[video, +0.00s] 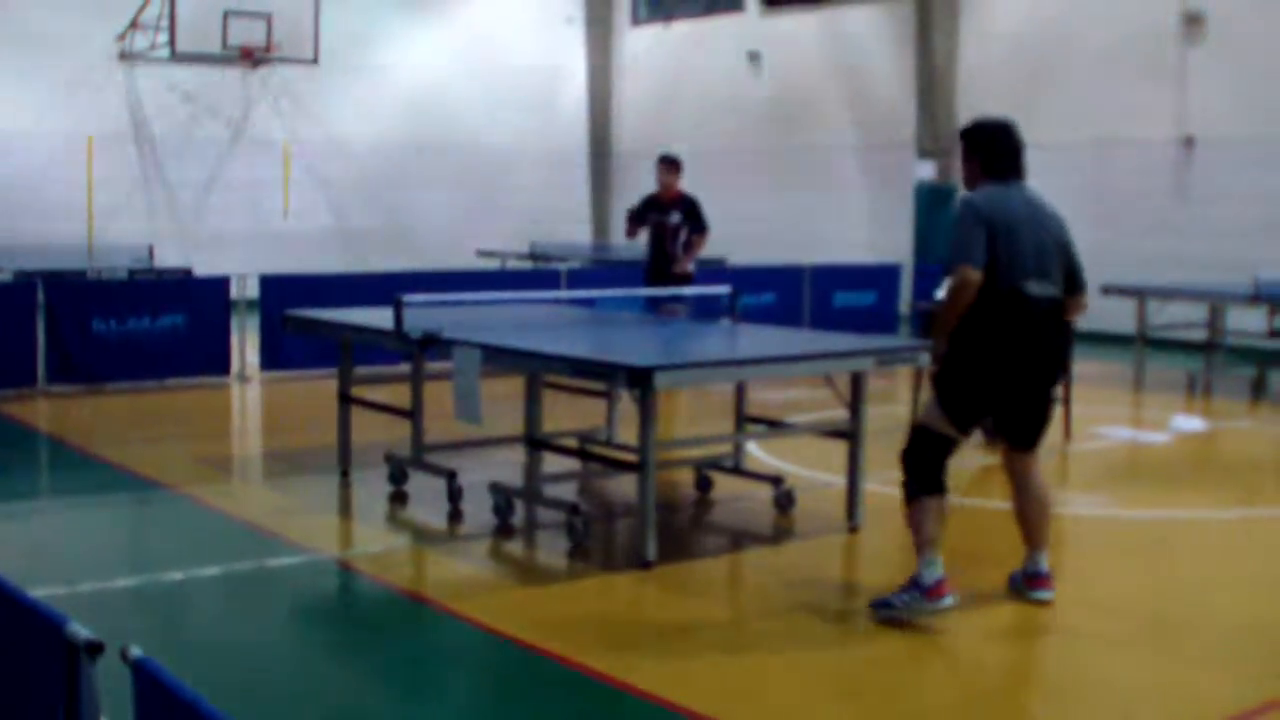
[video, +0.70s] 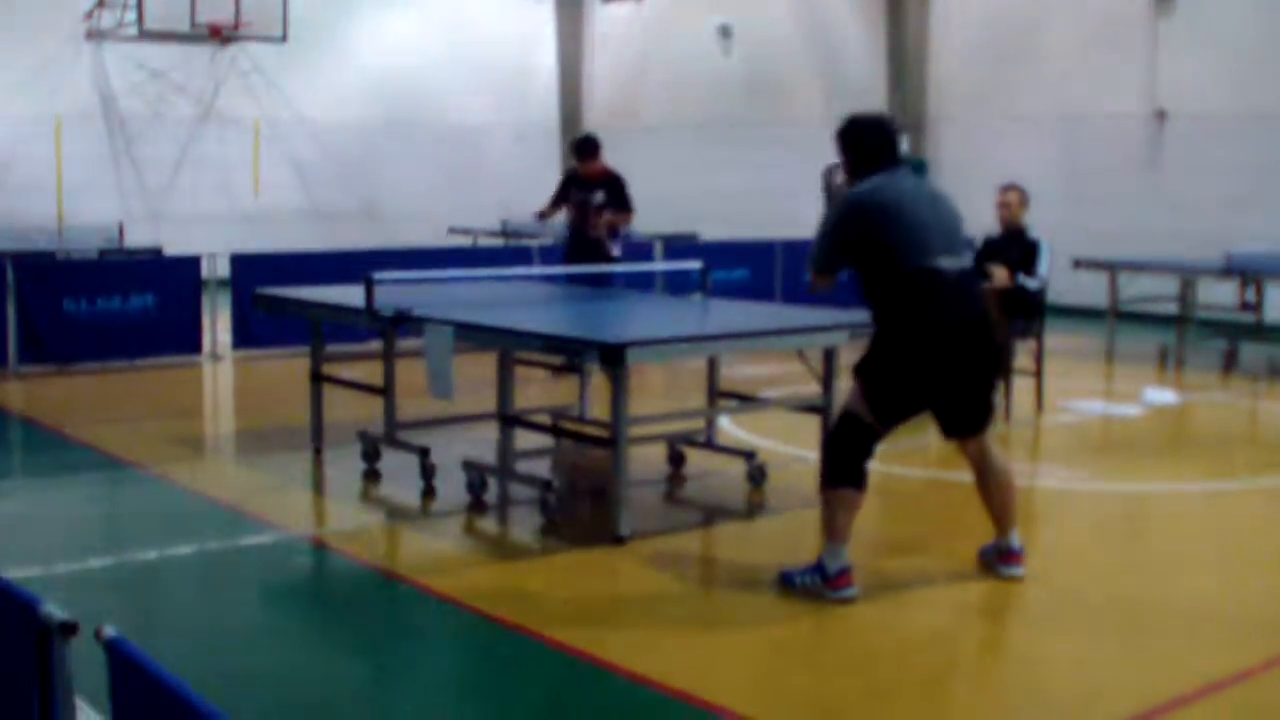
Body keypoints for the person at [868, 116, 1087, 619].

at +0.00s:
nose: (961, 169)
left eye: (963, 160)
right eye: (963, 160)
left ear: (974, 163)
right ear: (1016, 161)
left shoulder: (976, 208)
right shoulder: (1046, 216)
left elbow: (968, 278)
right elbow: (1076, 299)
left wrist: (942, 321)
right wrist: (1034, 327)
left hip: (983, 351)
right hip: (1040, 356)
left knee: (924, 452)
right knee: (1023, 457)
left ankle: (929, 576)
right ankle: (1038, 568)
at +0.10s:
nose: (934, 179)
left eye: (937, 170)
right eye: (935, 170)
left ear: (951, 171)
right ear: (993, 167)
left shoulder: (951, 214)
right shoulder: (1026, 220)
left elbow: (944, 281)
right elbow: (1051, 306)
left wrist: (923, 335)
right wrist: (1037, 360)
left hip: (961, 364)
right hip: (1016, 369)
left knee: (909, 466)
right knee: (1007, 464)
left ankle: (875, 583)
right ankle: (1025, 569)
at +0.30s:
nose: (882, 191)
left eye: (883, 183)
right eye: (887, 182)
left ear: (888, 185)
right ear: (937, 181)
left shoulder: (889, 229)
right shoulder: (971, 231)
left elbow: (881, 303)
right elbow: (1003, 311)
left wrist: (876, 363)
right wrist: (981, 353)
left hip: (918, 373)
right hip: (980, 376)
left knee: (862, 467)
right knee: (980, 466)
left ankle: (838, 589)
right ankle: (1010, 570)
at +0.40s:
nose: (858, 189)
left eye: (860, 181)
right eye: (859, 181)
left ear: (868, 182)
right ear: (914, 176)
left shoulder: (868, 225)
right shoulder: (948, 223)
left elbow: (850, 304)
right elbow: (986, 296)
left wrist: (844, 345)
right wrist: (959, 335)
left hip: (907, 369)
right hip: (972, 367)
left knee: (845, 453)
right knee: (977, 462)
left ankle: (833, 580)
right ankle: (1010, 561)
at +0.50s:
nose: (841, 174)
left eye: (842, 165)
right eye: (842, 165)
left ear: (850, 166)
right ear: (894, 159)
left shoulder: (857, 206)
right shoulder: (933, 204)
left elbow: (830, 288)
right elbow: (974, 281)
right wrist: (995, 346)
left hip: (900, 348)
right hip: (964, 345)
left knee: (842, 438)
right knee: (977, 447)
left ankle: (833, 566)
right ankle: (1009, 546)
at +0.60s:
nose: (838, 170)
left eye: (839, 162)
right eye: (840, 161)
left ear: (847, 164)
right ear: (890, 155)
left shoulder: (854, 207)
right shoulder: (925, 199)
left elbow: (820, 279)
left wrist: (817, 231)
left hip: (901, 349)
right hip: (964, 345)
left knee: (843, 436)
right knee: (977, 447)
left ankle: (833, 565)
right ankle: (1009, 547)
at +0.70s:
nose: (843, 165)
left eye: (844, 158)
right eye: (847, 156)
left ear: (849, 160)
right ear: (894, 150)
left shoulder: (857, 204)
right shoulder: (929, 193)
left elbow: (821, 278)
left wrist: (834, 207)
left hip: (909, 345)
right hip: (970, 340)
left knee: (847, 439)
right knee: (977, 442)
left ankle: (834, 563)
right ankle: (1009, 545)